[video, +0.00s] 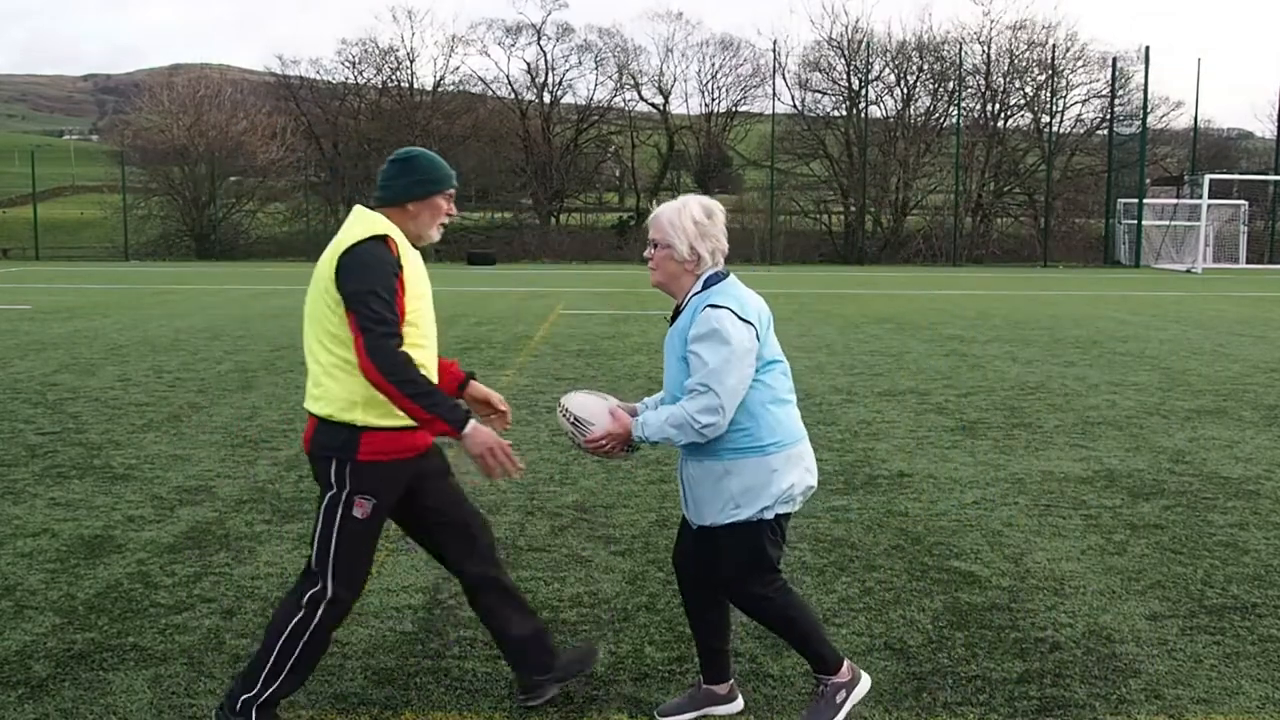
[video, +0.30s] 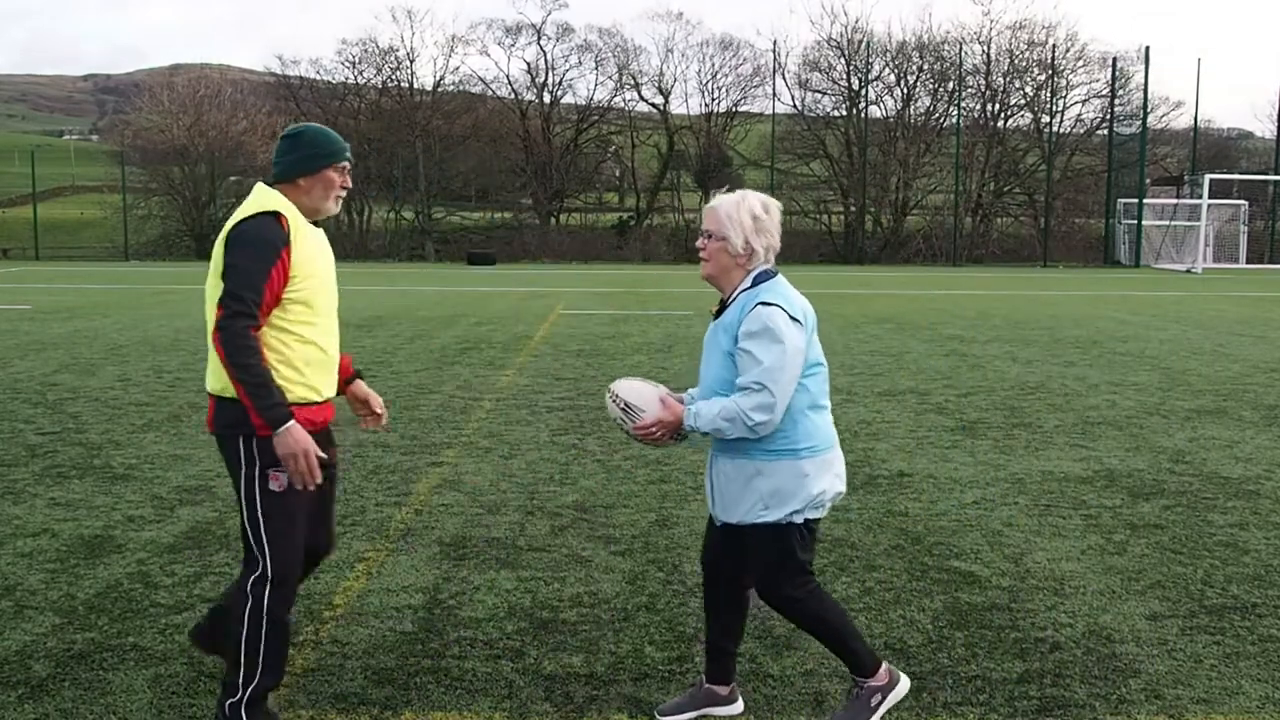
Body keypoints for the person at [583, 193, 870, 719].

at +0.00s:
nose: (646, 256)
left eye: (657, 246)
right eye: (648, 245)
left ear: (691, 254)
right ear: (691, 256)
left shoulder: (721, 314)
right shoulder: (696, 311)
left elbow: (706, 414)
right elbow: (684, 395)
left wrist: (637, 427)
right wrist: (631, 416)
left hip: (759, 472)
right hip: (721, 471)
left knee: (745, 575)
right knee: (694, 563)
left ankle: (838, 674)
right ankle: (718, 686)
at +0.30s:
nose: (699, 246)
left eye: (710, 237)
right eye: (701, 236)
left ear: (745, 248)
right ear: (740, 250)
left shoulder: (770, 312)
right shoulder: (741, 306)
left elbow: (759, 410)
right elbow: (729, 388)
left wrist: (688, 417)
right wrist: (681, 404)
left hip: (785, 478)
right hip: (745, 473)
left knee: (783, 583)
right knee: (721, 568)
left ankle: (877, 676)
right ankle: (718, 686)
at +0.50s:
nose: (760, 250)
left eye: (770, 240)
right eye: (761, 239)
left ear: (806, 251)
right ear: (800, 252)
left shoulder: (832, 319)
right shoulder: (800, 312)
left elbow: (825, 415)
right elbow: (788, 391)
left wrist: (750, 425)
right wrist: (741, 410)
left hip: (834, 485)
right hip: (795, 479)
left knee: (830, 590)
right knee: (766, 583)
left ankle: (890, 693)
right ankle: (726, 683)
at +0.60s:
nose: (785, 252)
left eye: (796, 243)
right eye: (787, 241)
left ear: (829, 253)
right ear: (823, 253)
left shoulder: (859, 322)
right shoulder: (826, 314)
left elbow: (855, 420)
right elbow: (809, 394)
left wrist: (777, 431)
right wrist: (763, 416)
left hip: (862, 486)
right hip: (822, 478)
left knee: (844, 587)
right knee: (784, 566)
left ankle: (890, 696)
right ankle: (750, 678)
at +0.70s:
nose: (807, 250)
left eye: (818, 241)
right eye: (809, 239)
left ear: (852, 251)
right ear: (850, 251)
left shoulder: (882, 318)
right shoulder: (848, 310)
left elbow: (880, 416)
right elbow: (833, 392)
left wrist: (805, 430)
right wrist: (784, 418)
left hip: (886, 482)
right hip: (845, 474)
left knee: (856, 582)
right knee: (802, 554)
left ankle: (890, 696)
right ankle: (813, 675)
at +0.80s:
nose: (829, 247)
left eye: (840, 237)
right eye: (831, 235)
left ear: (875, 246)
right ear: (872, 246)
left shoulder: (905, 314)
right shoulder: (871, 305)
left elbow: (905, 410)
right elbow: (854, 386)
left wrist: (829, 426)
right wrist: (808, 413)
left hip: (905, 477)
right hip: (870, 469)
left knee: (872, 577)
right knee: (838, 558)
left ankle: (892, 696)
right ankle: (889, 666)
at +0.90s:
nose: (852, 244)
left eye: (864, 235)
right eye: (854, 233)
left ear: (900, 243)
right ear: (895, 243)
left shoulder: (928, 310)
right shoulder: (891, 303)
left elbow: (931, 406)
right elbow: (874, 382)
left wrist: (855, 420)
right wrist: (829, 408)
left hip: (927, 474)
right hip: (898, 468)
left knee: (884, 573)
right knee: (896, 568)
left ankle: (893, 696)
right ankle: (962, 660)